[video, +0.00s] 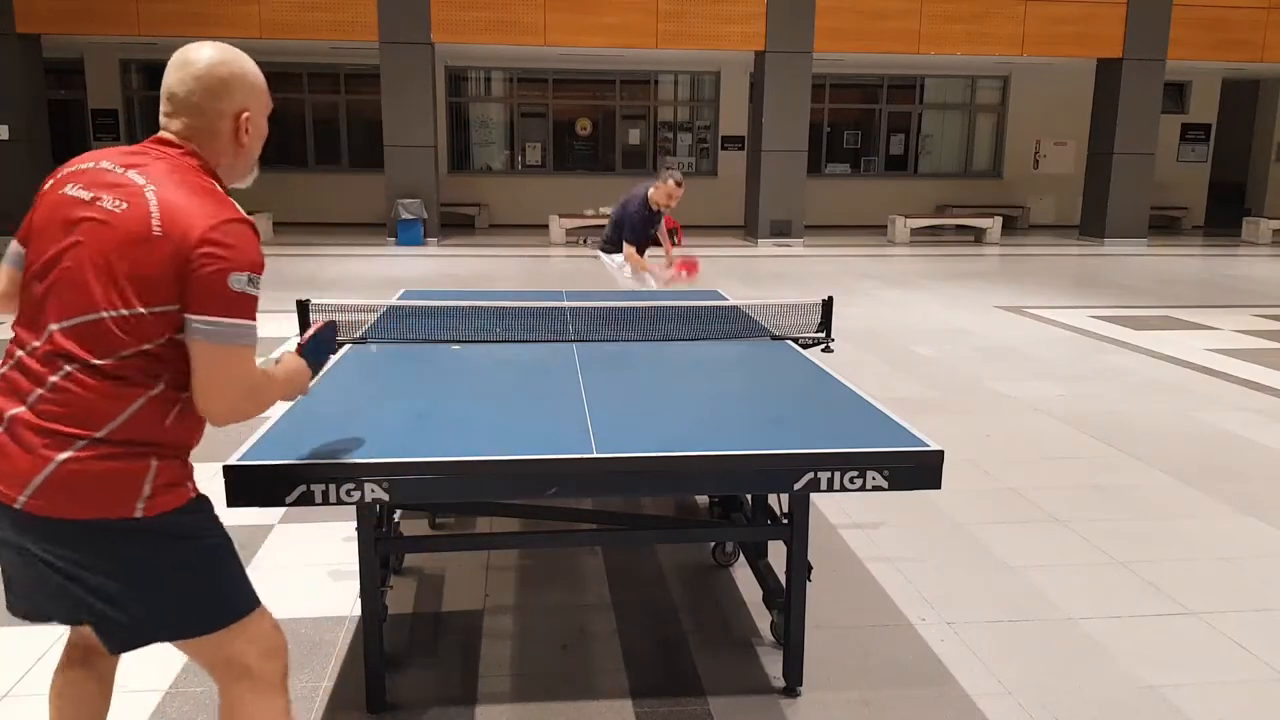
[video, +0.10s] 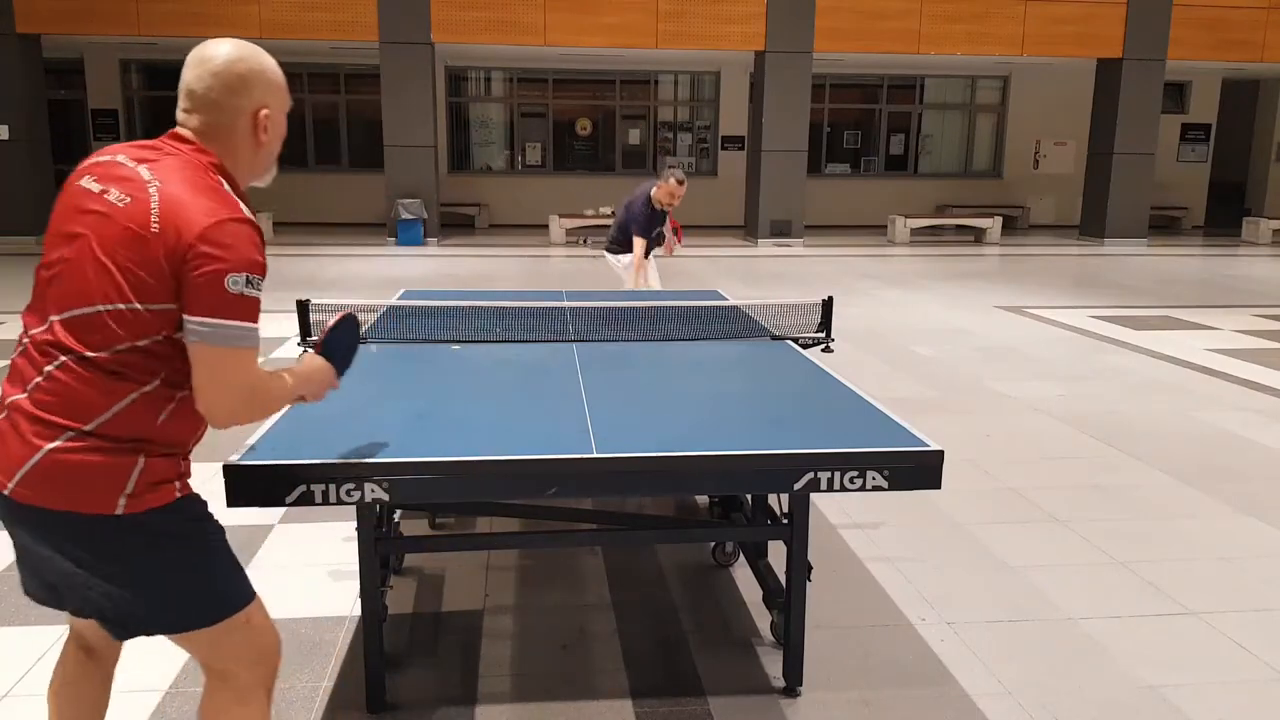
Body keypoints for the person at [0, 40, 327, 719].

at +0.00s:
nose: (264, 136)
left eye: (266, 120)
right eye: (264, 120)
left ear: (170, 111)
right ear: (241, 124)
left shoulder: (75, 173)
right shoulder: (217, 226)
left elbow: (9, 294)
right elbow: (225, 398)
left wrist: (107, 314)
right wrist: (287, 376)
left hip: (16, 473)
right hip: (119, 495)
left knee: (92, 637)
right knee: (254, 657)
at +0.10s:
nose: (283, 136)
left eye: (285, 118)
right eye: (283, 118)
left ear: (188, 108)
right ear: (261, 122)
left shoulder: (100, 166)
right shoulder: (219, 222)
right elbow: (229, 402)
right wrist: (299, 380)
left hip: (25, 461)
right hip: (115, 487)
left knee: (92, 637)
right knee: (246, 658)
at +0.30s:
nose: (339, 169)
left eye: (340, 153)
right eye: (339, 153)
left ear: (240, 137)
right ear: (314, 157)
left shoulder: (164, 184)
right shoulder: (253, 259)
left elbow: (170, 326)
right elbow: (287, 441)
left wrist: (277, 347)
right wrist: (363, 407)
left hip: (35, 468)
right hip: (126, 503)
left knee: (102, 633)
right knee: (265, 659)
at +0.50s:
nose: (376, 206)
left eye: (382, 190)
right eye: (379, 191)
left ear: (283, 170)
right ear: (350, 199)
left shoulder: (209, 206)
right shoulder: (256, 295)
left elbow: (241, 327)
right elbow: (281, 478)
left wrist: (350, 329)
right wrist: (392, 459)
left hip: (48, 468)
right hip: (114, 506)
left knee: (140, 601)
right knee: (269, 660)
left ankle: (47, 712)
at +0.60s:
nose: (382, 226)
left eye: (386, 211)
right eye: (383, 210)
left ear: (288, 184)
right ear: (352, 214)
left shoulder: (227, 217)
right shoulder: (244, 303)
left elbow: (314, 329)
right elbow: (193, 489)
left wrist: (376, 319)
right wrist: (339, 526)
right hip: (99, 503)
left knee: (135, 609)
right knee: (265, 657)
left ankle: (51, 712)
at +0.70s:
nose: (374, 241)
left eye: (380, 226)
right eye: (376, 225)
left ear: (284, 199)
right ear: (337, 226)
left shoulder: (265, 248)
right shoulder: (211, 310)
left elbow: (327, 330)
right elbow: (110, 480)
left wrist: (371, 310)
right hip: (83, 502)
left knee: (127, 621)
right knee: (263, 650)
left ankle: (51, 716)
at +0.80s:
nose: (346, 245)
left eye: (353, 232)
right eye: (347, 231)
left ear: (294, 220)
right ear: (301, 225)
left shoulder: (249, 249)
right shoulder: (176, 312)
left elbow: (310, 310)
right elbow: (67, 472)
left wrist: (342, 292)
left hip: (134, 490)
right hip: (93, 506)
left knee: (129, 626)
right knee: (248, 656)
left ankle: (48, 708)